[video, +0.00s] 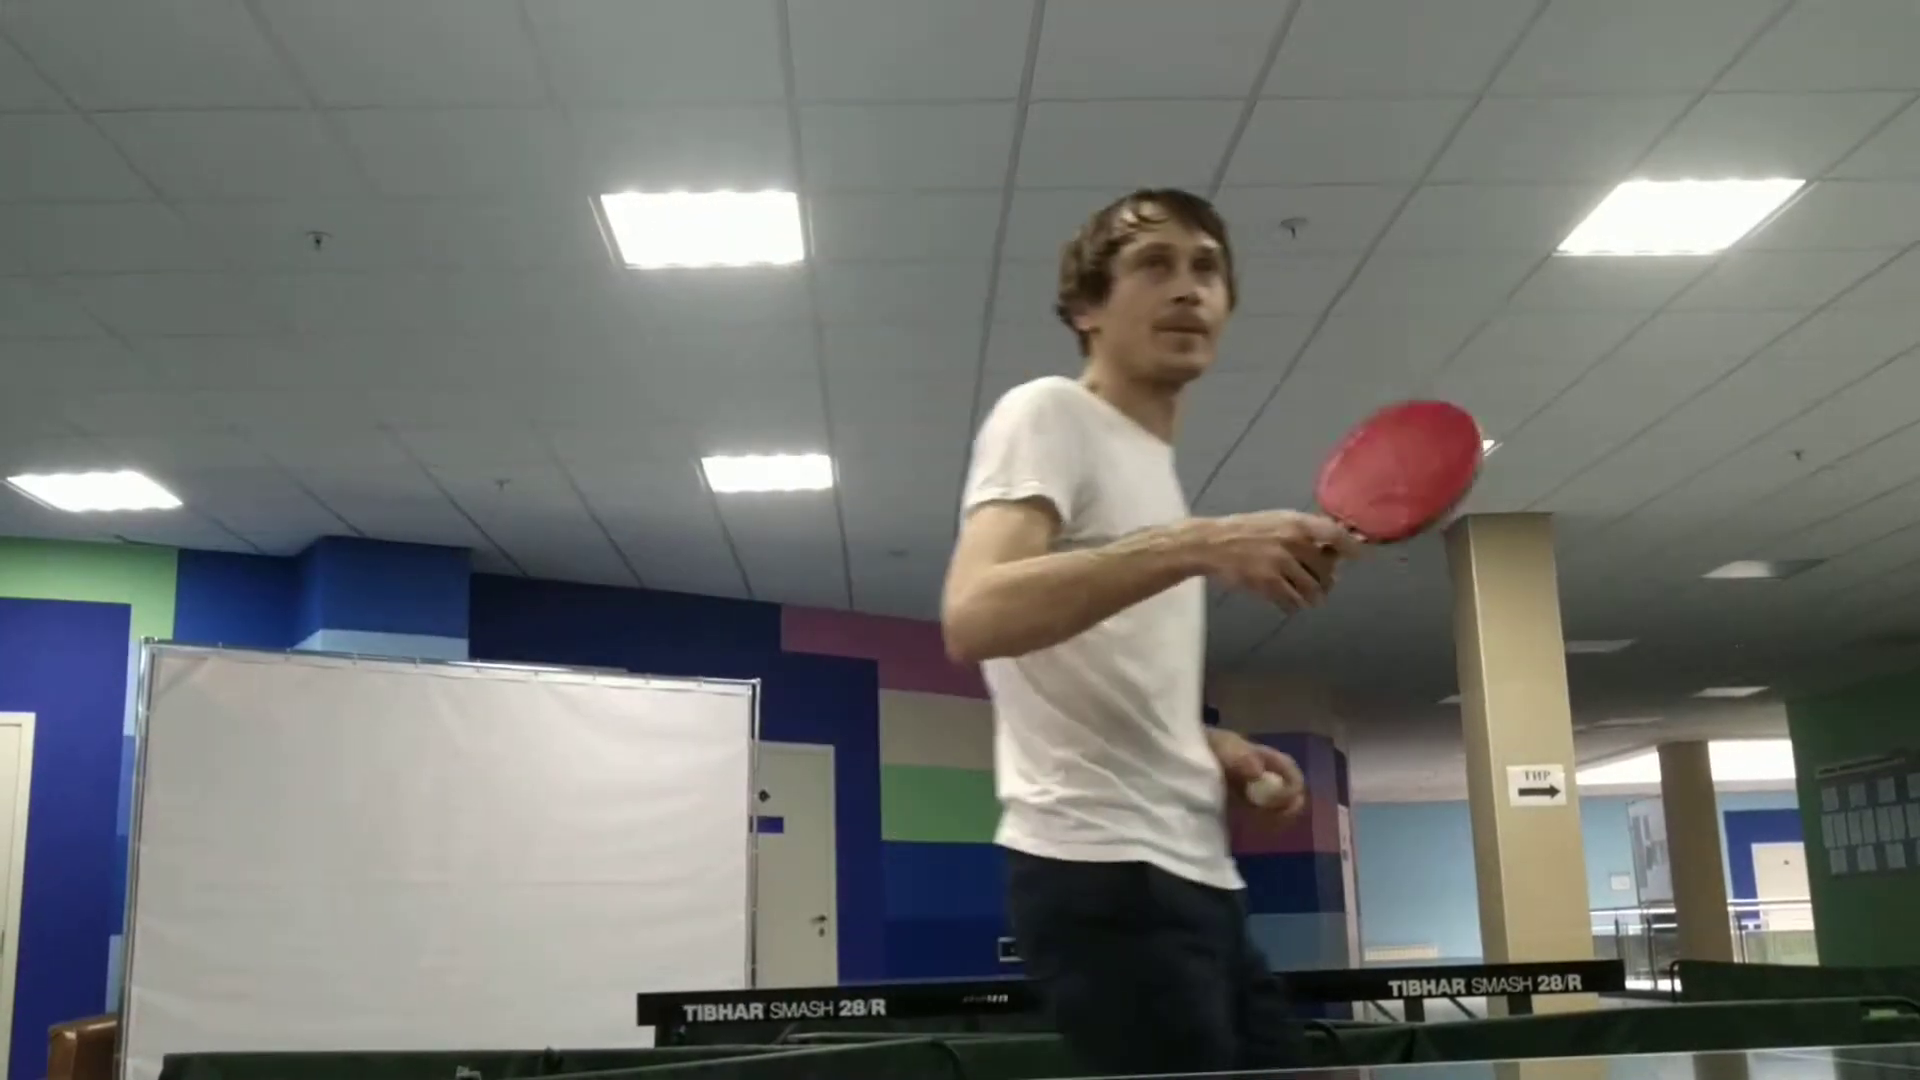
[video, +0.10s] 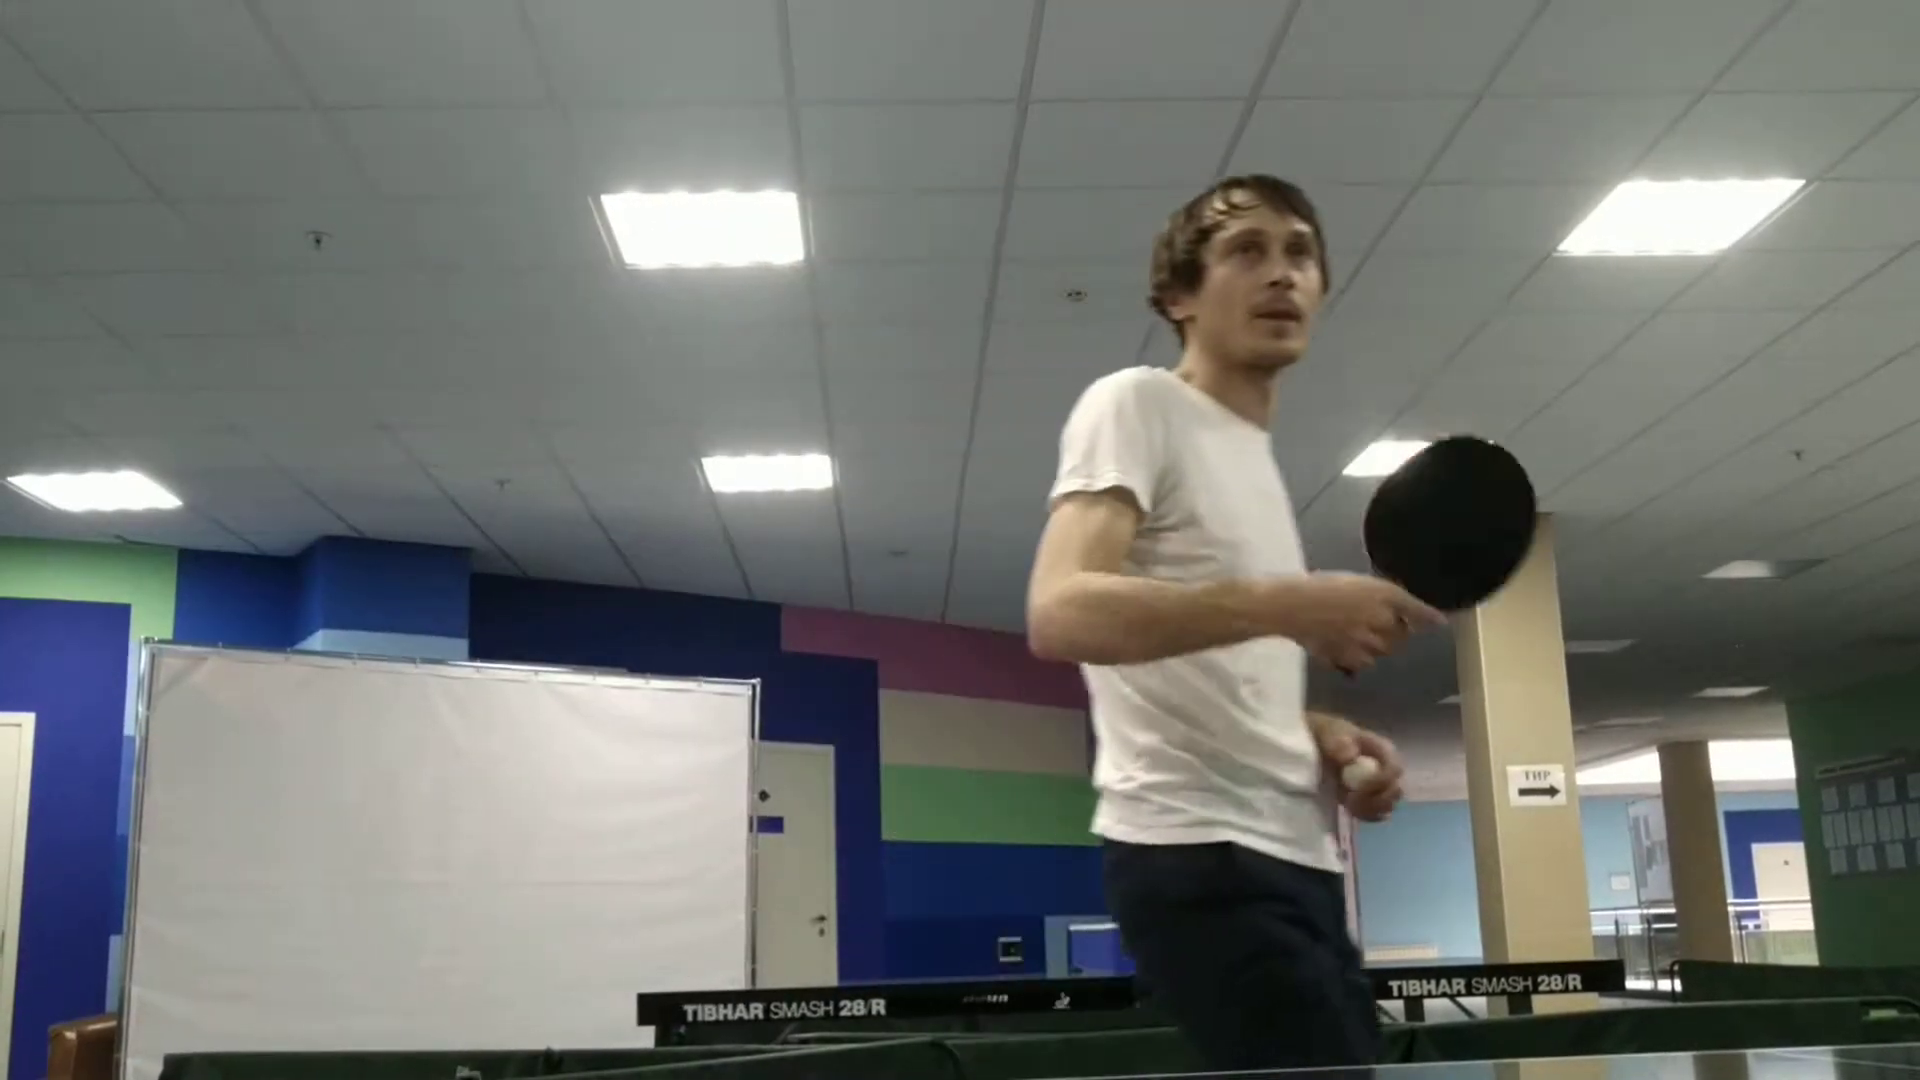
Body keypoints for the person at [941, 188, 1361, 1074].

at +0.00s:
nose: (1188, 287)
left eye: (1207, 269)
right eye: (1154, 265)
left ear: (1229, 309)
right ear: (1088, 309)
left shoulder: (1159, 471)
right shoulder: (1048, 412)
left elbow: (1107, 695)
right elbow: (972, 613)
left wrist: (1214, 748)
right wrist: (1201, 543)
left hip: (1190, 874)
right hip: (1102, 873)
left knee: (1269, 1065)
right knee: (1175, 1070)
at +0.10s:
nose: (1283, 271)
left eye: (1301, 253)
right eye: (1246, 250)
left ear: (1323, 297)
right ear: (1182, 296)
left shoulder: (1258, 465)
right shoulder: (1138, 401)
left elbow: (1219, 690)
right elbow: (1059, 611)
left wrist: (1318, 733)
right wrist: (1293, 606)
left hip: (1290, 860)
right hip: (1198, 856)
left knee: (1340, 1064)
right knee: (1329, 1064)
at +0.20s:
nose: (1369, 252)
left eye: (1387, 233)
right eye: (1332, 232)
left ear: (1408, 276)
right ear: (1268, 281)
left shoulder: (1358, 460)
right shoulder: (1222, 398)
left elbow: (1342, 651)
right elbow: (1127, 620)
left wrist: (1434, 730)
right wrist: (1347, 682)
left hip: (1387, 852)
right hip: (1285, 847)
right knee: (1447, 1069)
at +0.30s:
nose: (1454, 247)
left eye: (1472, 228)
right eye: (1414, 228)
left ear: (1493, 272)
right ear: (1351, 282)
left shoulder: (1450, 458)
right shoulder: (1304, 406)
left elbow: (1430, 664)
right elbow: (1194, 635)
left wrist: (1535, 729)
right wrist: (1405, 703)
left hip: (1484, 860)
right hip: (1387, 861)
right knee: (1498, 1075)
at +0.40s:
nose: (1527, 244)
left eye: (1545, 225)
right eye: (1486, 226)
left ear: (1570, 268)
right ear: (1423, 283)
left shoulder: (1531, 452)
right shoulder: (1374, 420)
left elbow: (1536, 650)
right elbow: (1272, 657)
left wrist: (1619, 719)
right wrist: (1482, 672)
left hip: (1597, 864)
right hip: (1487, 869)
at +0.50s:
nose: (1590, 243)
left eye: (1606, 223)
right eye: (1548, 226)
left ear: (1634, 264)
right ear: (1483, 287)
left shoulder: (1633, 450)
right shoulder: (1442, 434)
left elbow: (1637, 662)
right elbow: (1367, 683)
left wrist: (1702, 714)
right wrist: (1565, 615)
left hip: (1676, 867)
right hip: (1553, 867)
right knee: (1681, 1075)